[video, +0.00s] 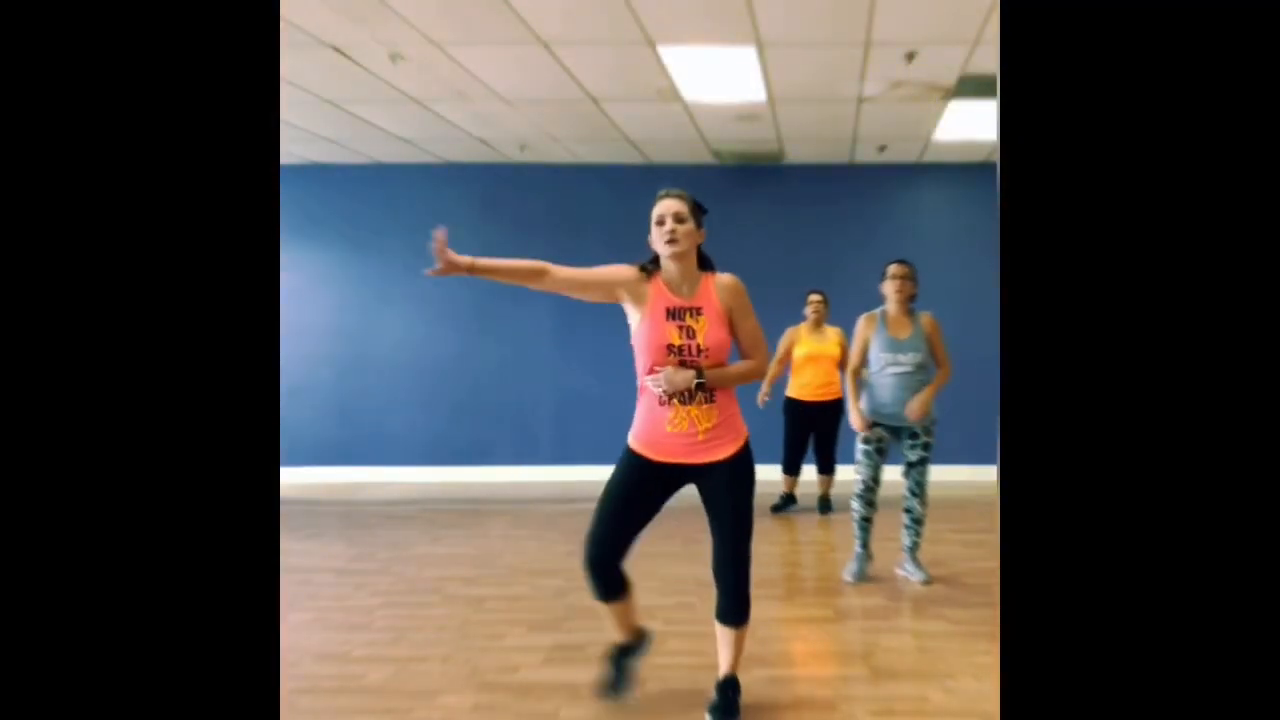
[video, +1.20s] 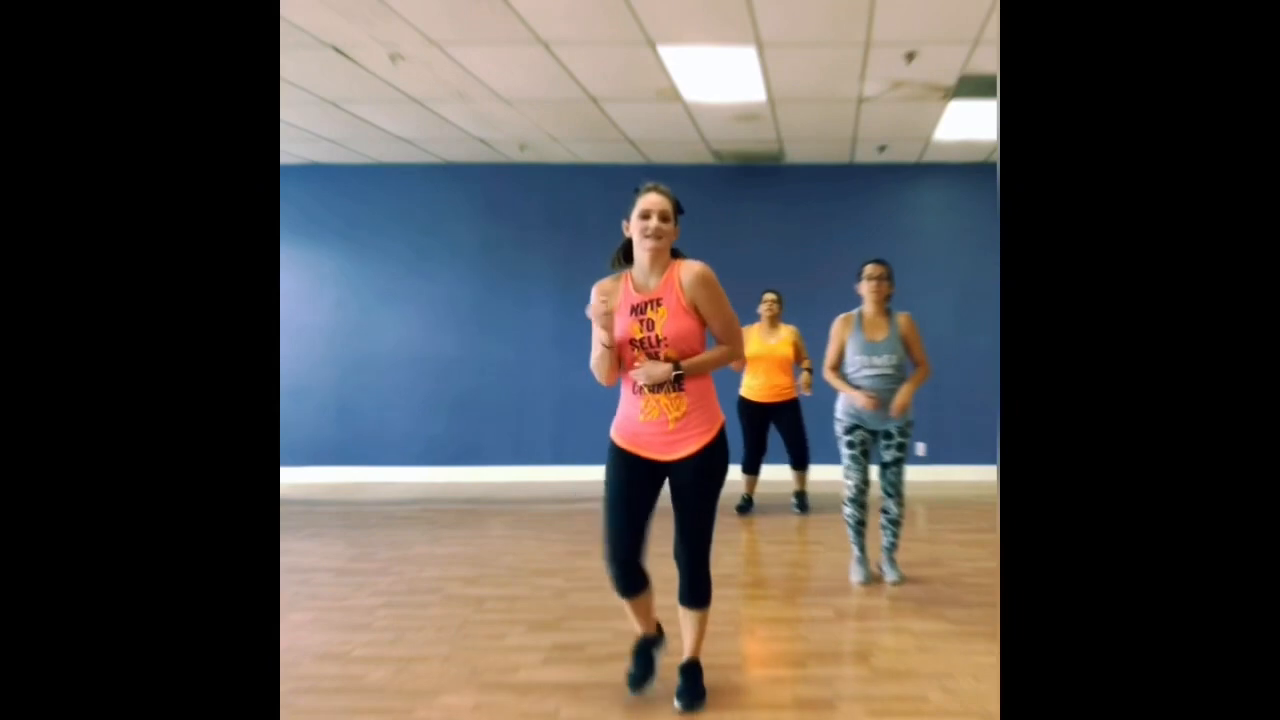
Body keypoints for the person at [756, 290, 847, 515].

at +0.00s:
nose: (815, 307)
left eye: (819, 303)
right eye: (811, 303)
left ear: (826, 309)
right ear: (805, 309)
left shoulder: (837, 334)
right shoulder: (793, 334)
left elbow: (846, 365)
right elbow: (779, 361)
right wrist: (766, 385)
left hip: (829, 398)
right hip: (798, 398)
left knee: (825, 451)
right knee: (793, 448)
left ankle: (824, 495)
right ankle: (788, 493)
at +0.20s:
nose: (815, 307)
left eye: (819, 303)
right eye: (811, 304)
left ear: (826, 309)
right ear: (804, 310)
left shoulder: (836, 335)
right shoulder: (793, 334)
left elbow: (850, 365)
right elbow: (769, 353)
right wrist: (741, 364)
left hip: (826, 400)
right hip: (794, 398)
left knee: (824, 453)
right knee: (784, 448)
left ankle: (824, 496)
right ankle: (775, 493)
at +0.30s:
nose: (812, 309)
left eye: (816, 305)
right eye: (808, 305)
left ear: (823, 311)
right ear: (801, 311)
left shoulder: (832, 336)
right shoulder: (789, 334)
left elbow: (849, 364)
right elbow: (759, 344)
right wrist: (728, 349)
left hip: (822, 401)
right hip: (790, 399)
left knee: (823, 453)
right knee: (776, 448)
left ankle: (824, 497)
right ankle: (761, 493)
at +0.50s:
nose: (798, 309)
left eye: (802, 306)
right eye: (794, 306)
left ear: (810, 313)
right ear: (788, 312)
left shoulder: (817, 338)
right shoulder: (775, 333)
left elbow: (830, 365)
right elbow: (743, 333)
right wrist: (709, 328)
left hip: (808, 402)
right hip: (776, 401)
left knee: (814, 452)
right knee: (765, 450)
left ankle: (823, 497)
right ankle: (748, 495)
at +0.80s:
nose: (775, 306)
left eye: (780, 303)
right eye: (772, 302)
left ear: (787, 309)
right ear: (766, 308)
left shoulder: (795, 335)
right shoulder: (751, 329)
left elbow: (806, 363)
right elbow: (720, 327)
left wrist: (805, 378)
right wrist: (693, 322)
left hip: (784, 399)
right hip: (753, 399)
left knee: (795, 449)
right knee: (754, 450)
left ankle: (808, 494)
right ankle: (746, 495)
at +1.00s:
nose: (769, 307)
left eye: (773, 303)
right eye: (765, 303)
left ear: (780, 309)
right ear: (759, 308)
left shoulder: (791, 334)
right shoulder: (746, 333)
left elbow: (802, 360)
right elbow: (725, 348)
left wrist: (799, 377)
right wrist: (707, 338)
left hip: (780, 398)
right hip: (750, 396)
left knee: (780, 452)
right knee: (751, 450)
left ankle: (779, 496)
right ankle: (747, 494)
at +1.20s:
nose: (769, 306)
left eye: (773, 302)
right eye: (765, 302)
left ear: (780, 308)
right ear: (759, 308)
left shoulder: (791, 333)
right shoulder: (746, 333)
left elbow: (803, 358)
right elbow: (735, 360)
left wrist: (806, 372)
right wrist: (732, 358)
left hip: (785, 398)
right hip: (753, 398)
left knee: (798, 448)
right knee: (753, 451)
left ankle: (800, 493)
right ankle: (747, 495)